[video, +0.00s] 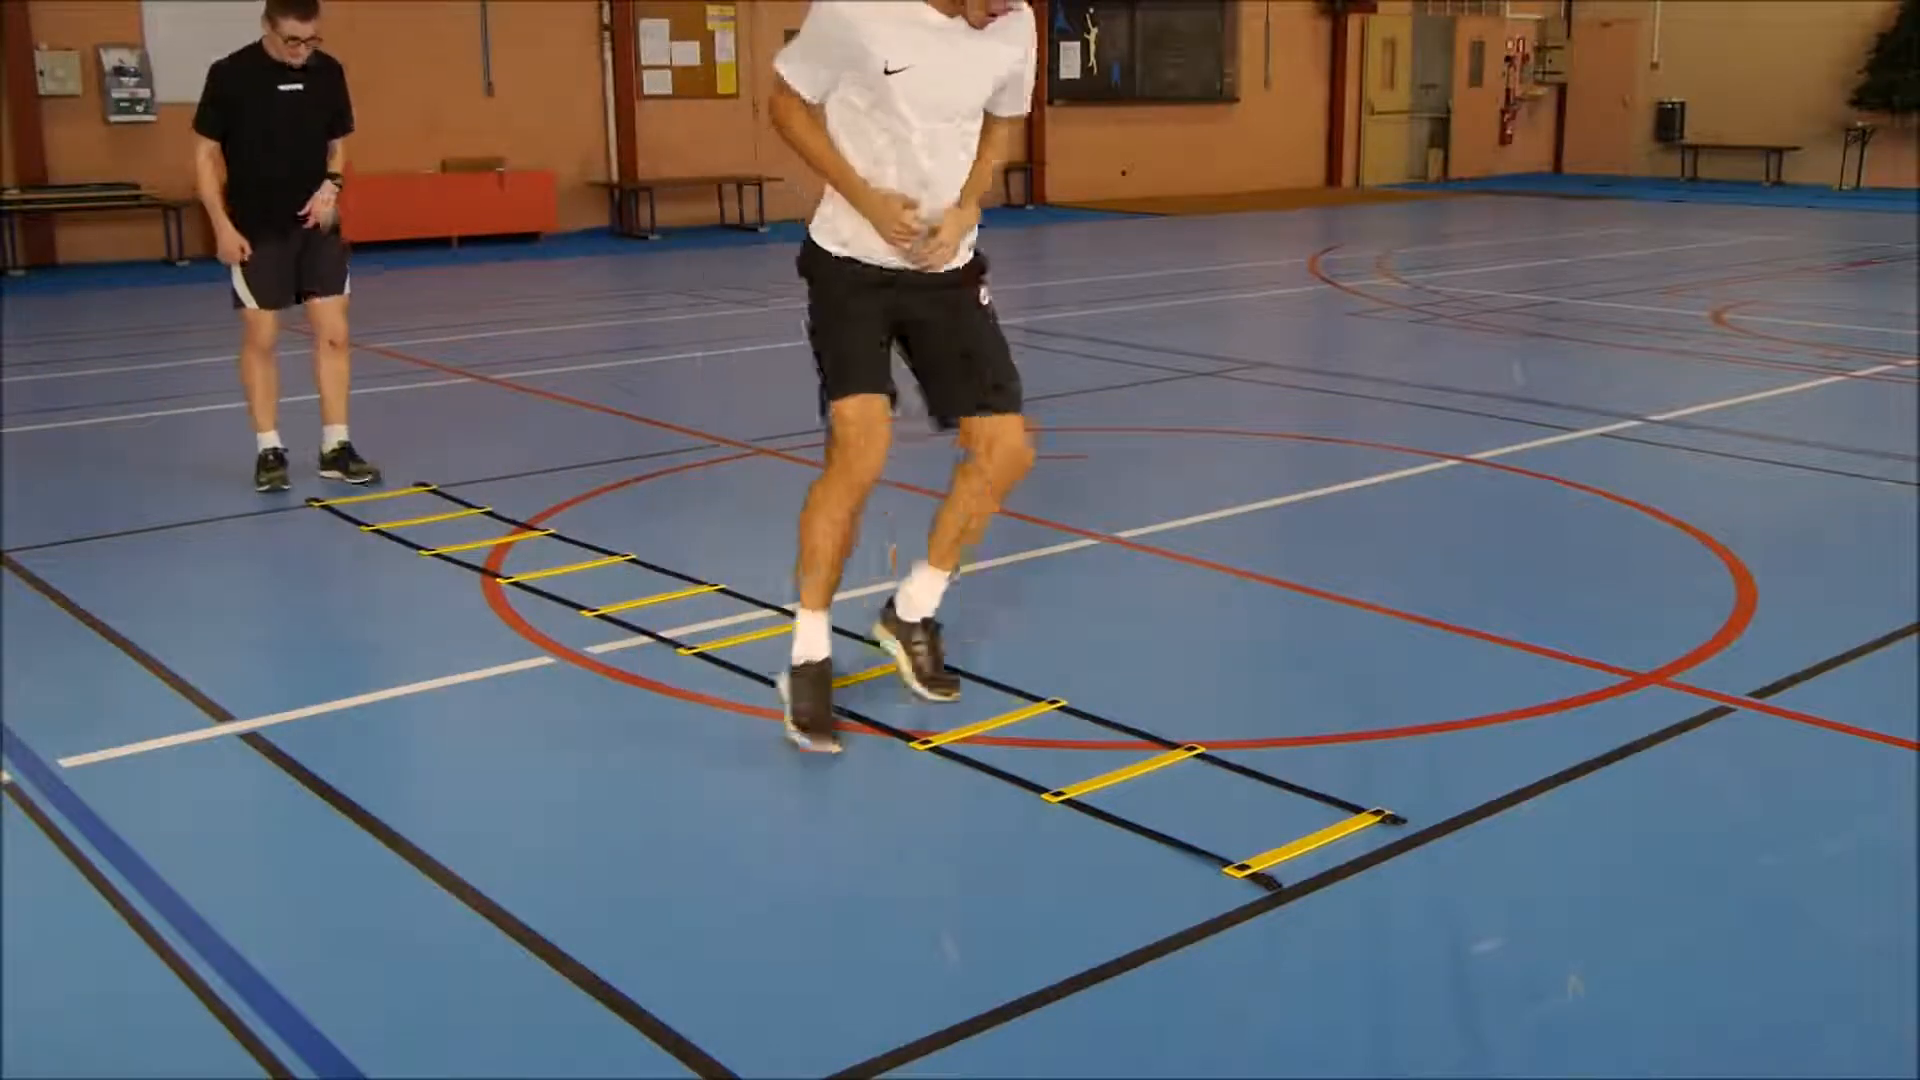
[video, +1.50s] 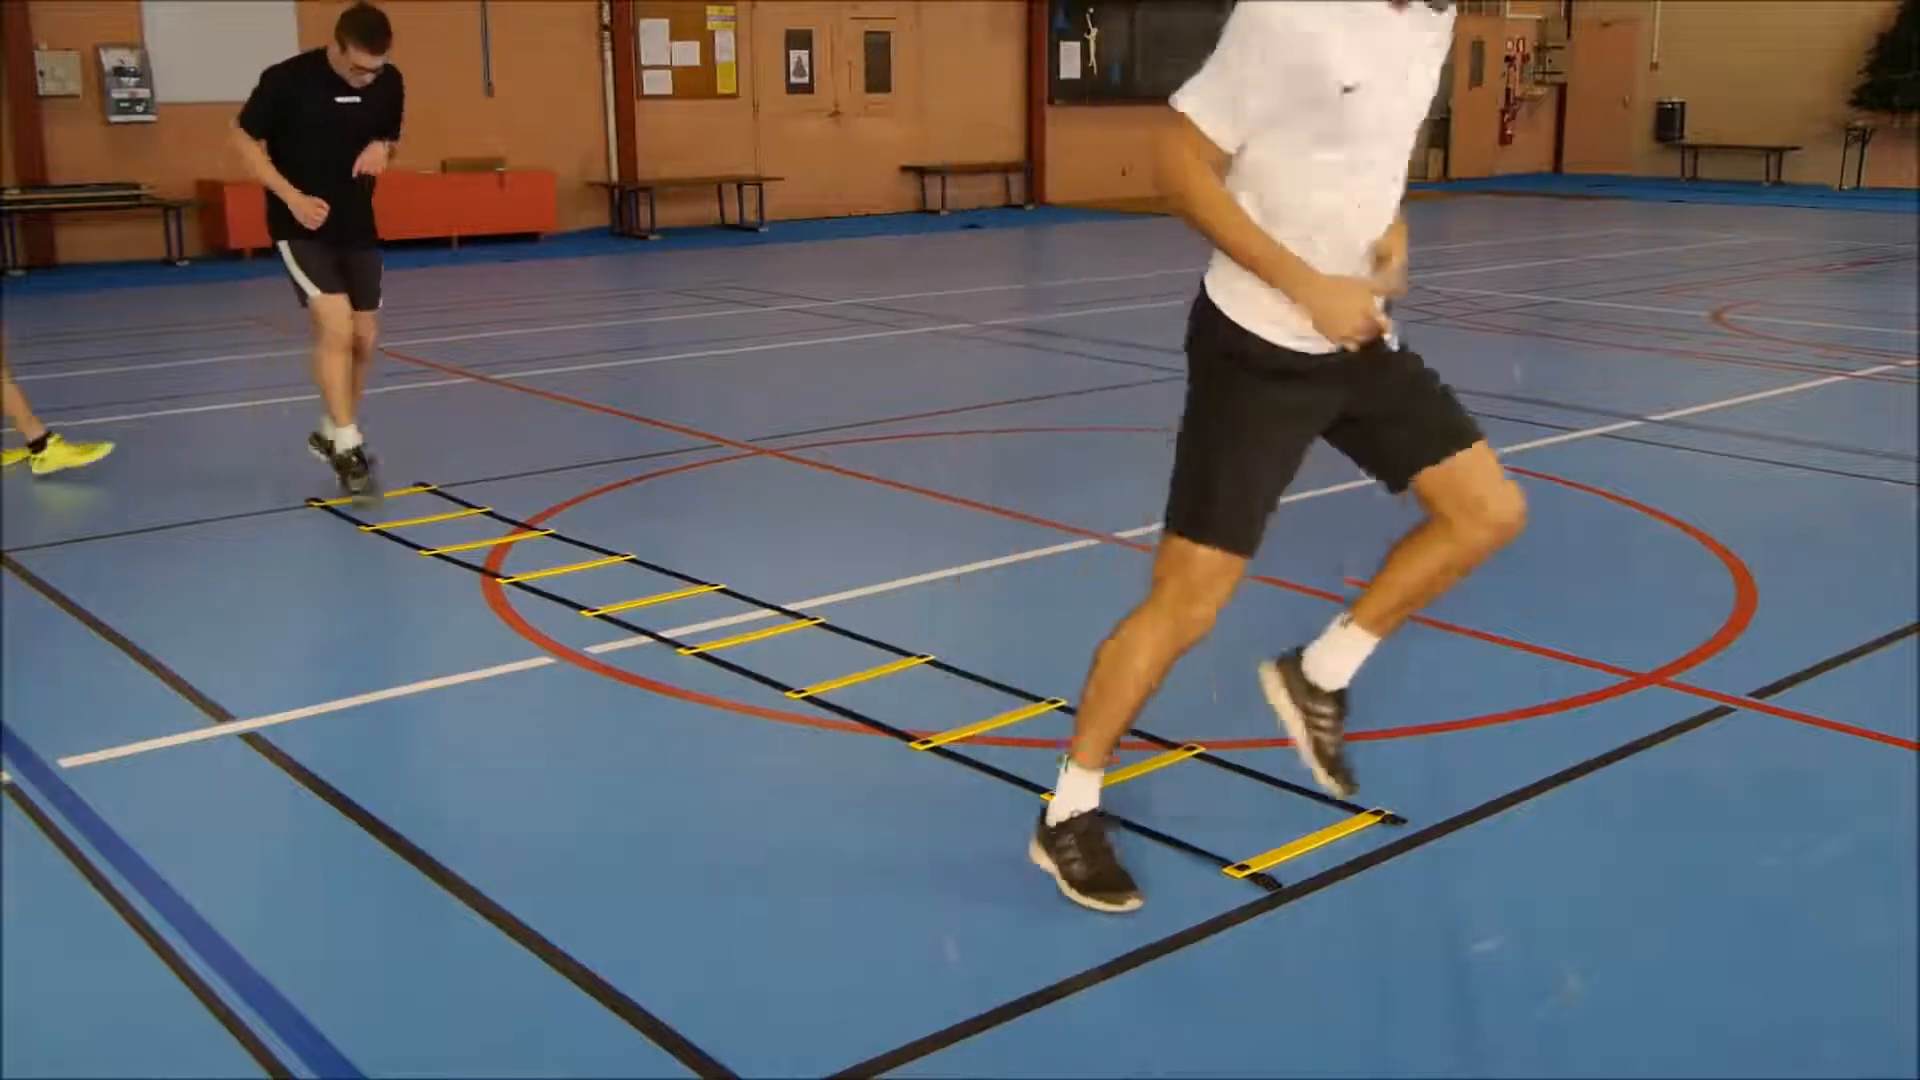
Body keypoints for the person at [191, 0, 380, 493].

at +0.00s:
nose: (302, 51)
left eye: (311, 41)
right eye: (292, 42)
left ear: (320, 28)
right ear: (267, 29)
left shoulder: (327, 71)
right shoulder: (229, 74)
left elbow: (338, 141)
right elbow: (206, 156)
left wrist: (332, 185)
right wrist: (222, 226)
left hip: (318, 224)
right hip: (257, 230)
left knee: (334, 335)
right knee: (262, 341)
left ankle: (336, 448)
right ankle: (269, 450)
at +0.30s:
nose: (321, 31)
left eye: (330, 21)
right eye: (311, 20)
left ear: (339, 18)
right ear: (289, 14)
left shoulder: (355, 70)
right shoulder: (253, 66)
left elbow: (373, 136)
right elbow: (227, 138)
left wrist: (361, 148)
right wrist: (235, 214)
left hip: (335, 226)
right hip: (273, 228)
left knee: (339, 337)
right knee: (275, 339)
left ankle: (337, 447)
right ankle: (271, 448)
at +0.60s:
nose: (323, 43)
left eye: (332, 33)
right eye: (313, 33)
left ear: (341, 21)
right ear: (291, 19)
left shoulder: (354, 70)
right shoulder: (254, 68)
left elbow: (373, 136)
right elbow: (229, 149)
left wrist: (366, 157)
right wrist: (259, 206)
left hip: (335, 224)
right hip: (276, 225)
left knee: (340, 338)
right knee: (277, 339)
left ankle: (336, 447)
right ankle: (275, 448)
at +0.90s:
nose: (320, 72)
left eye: (328, 64)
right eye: (312, 64)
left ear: (337, 50)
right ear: (290, 43)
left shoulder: (342, 77)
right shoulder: (248, 82)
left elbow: (348, 134)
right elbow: (220, 159)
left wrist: (348, 158)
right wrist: (267, 213)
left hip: (328, 225)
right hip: (269, 232)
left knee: (347, 335)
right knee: (274, 342)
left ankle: (338, 445)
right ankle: (276, 449)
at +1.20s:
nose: (336, 84)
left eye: (343, 77)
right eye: (327, 76)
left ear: (353, 63)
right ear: (304, 54)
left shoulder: (353, 87)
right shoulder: (264, 92)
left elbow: (352, 138)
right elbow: (231, 168)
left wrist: (353, 154)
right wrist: (292, 224)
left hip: (333, 228)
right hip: (271, 237)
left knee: (354, 335)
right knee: (270, 344)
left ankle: (337, 441)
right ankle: (270, 447)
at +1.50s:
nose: (368, 77)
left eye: (376, 68)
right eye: (360, 68)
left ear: (385, 55)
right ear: (336, 48)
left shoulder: (387, 83)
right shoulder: (286, 81)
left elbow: (390, 140)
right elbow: (242, 141)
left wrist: (381, 148)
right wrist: (292, 197)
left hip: (357, 222)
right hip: (301, 225)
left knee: (364, 340)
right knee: (337, 326)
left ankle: (335, 432)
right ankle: (346, 442)